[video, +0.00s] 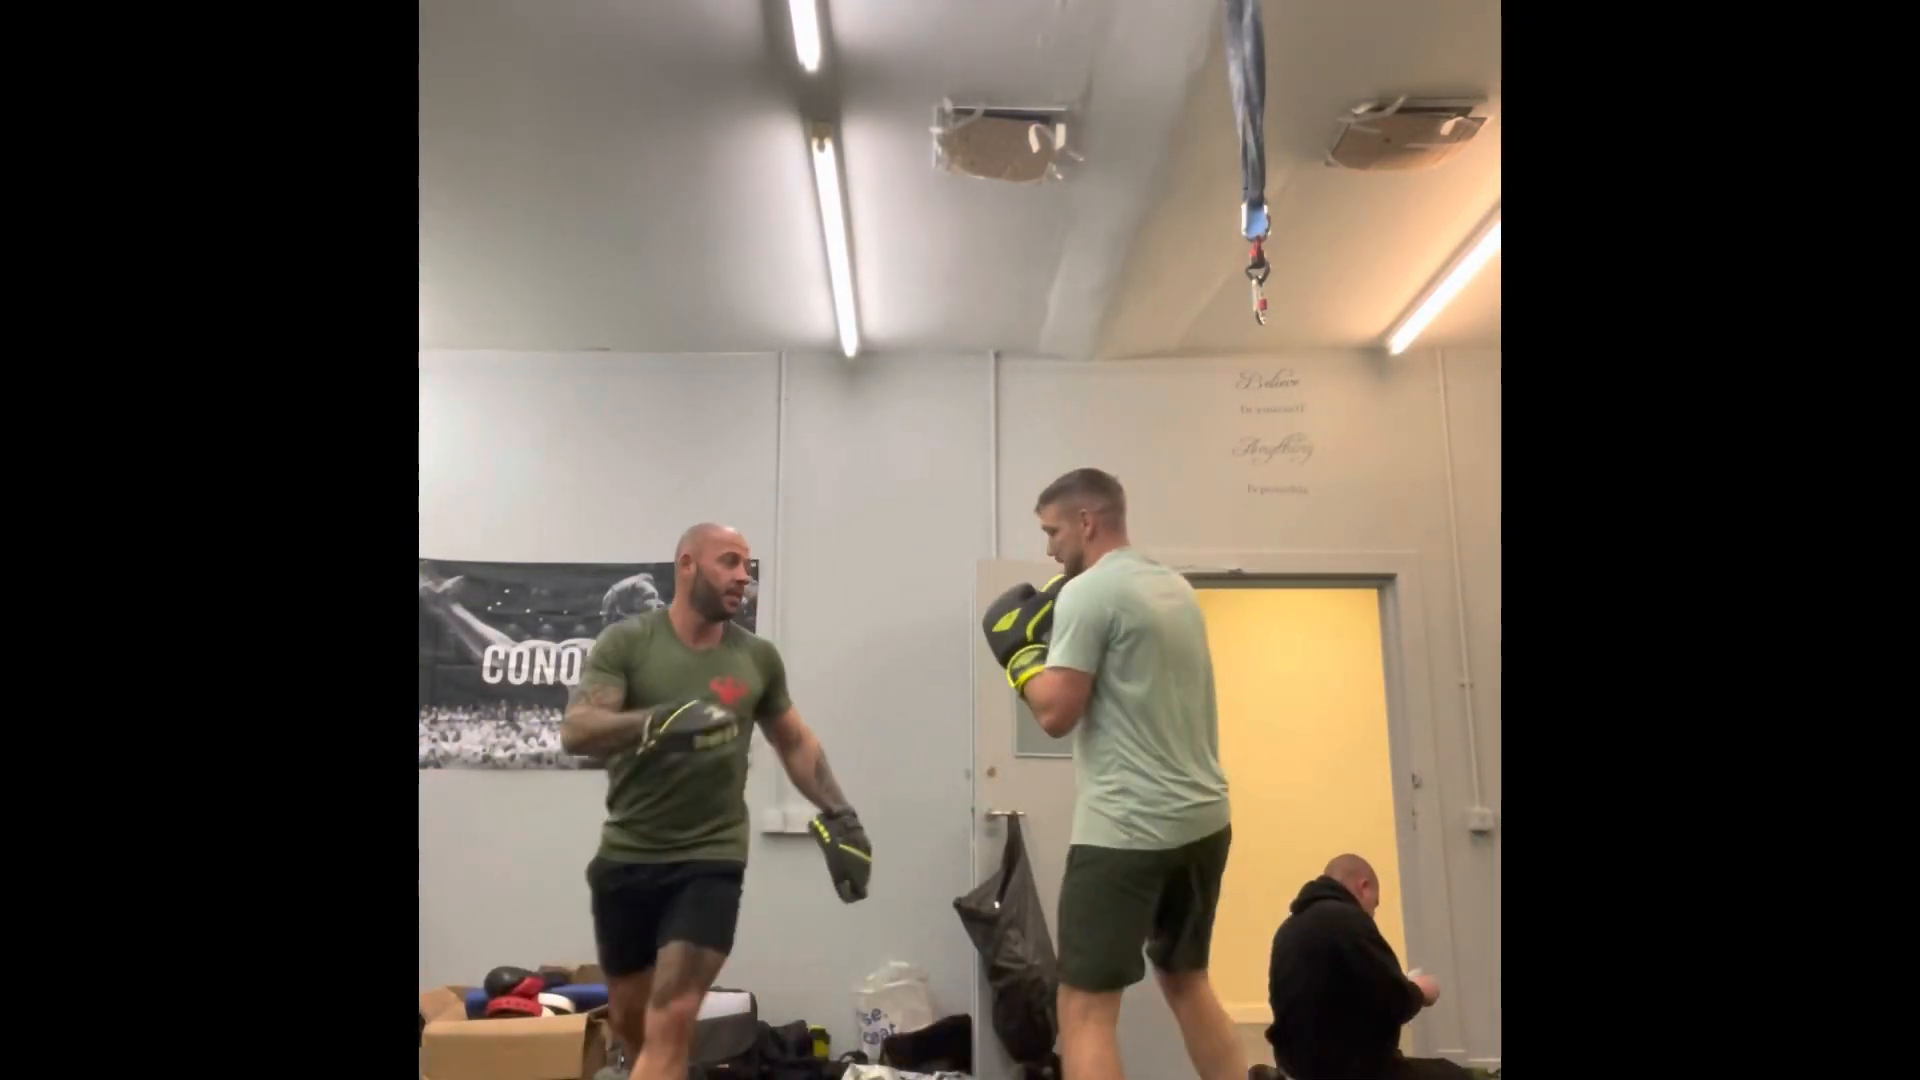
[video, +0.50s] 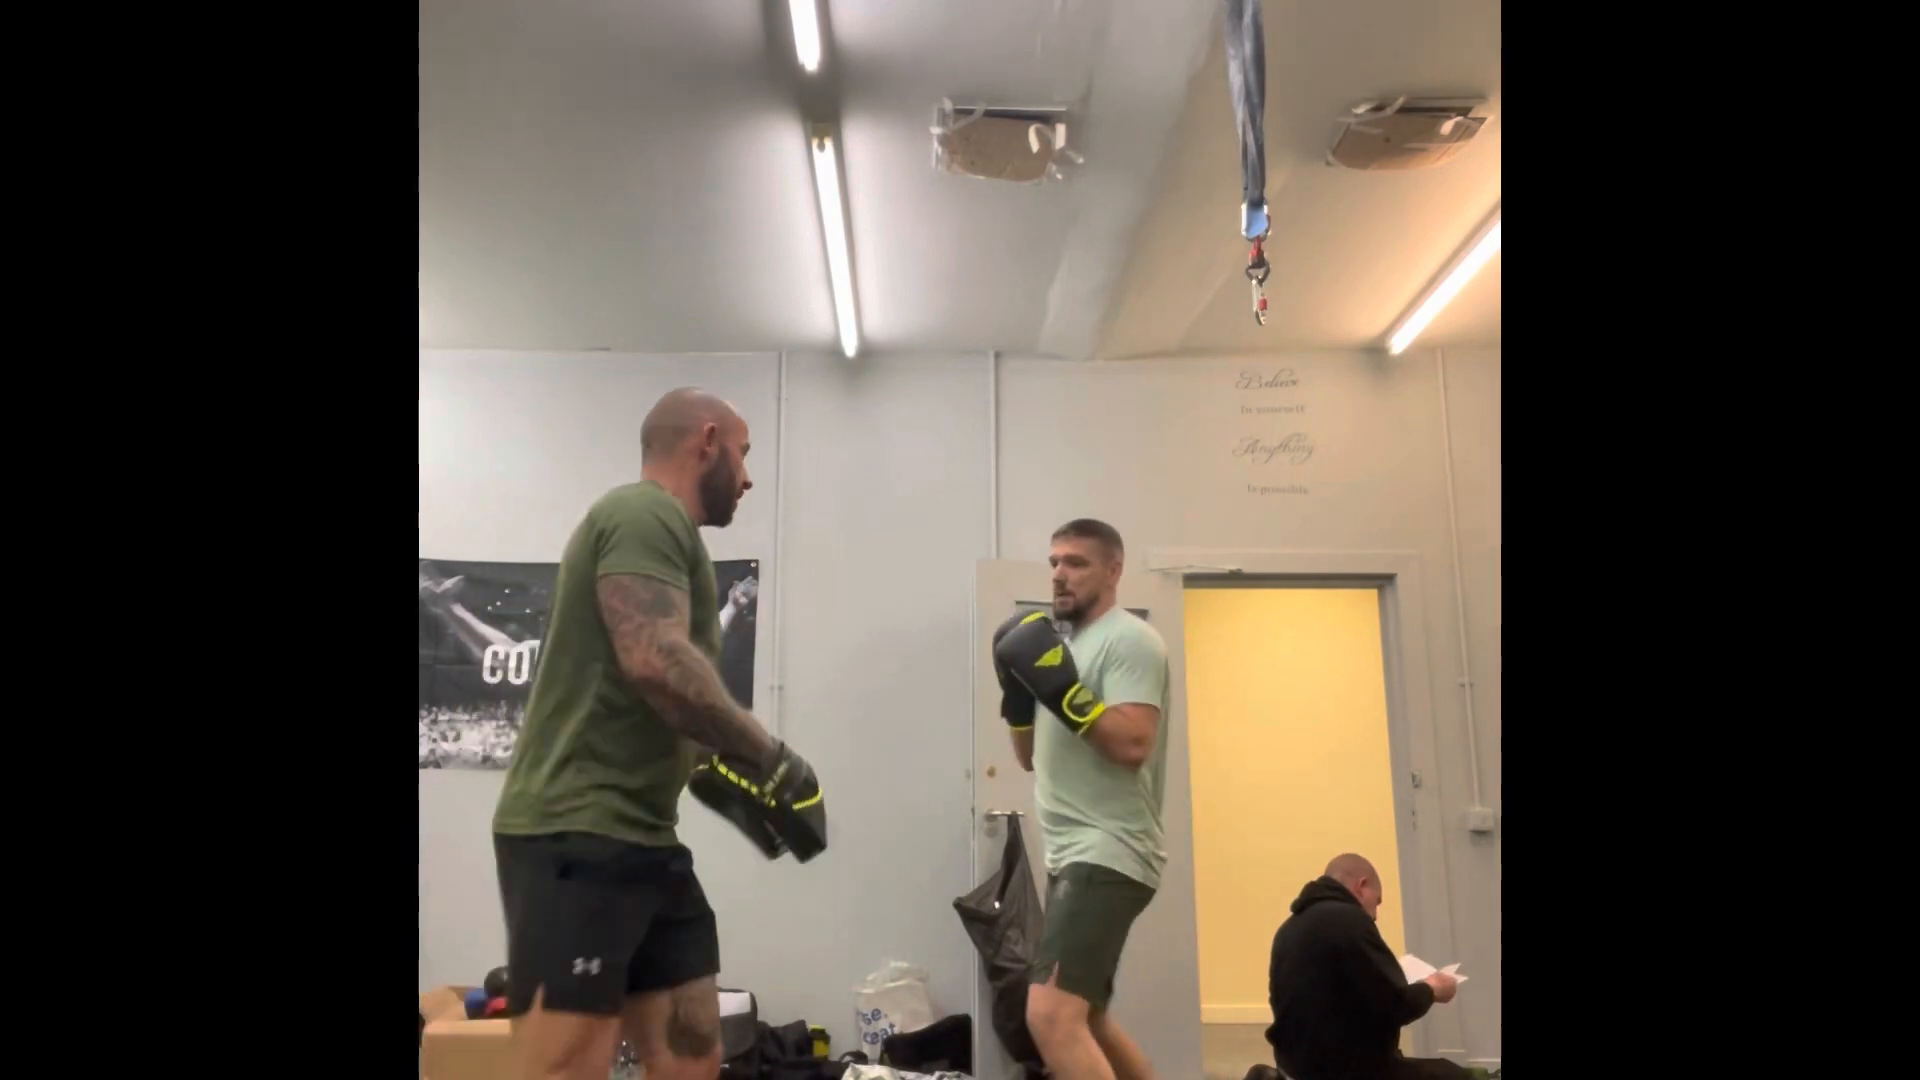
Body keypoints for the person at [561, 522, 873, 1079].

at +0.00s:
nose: (744, 576)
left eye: (748, 566)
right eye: (729, 561)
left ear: (749, 575)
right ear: (686, 566)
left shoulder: (757, 658)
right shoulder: (624, 641)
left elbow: (795, 741)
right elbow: (578, 731)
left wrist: (841, 816)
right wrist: (659, 722)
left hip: (712, 858)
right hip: (627, 856)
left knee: (672, 1018)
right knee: (628, 1023)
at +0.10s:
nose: (741, 548)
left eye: (742, 537)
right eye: (728, 532)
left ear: (690, 534)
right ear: (682, 530)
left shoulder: (731, 639)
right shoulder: (604, 599)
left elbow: (748, 740)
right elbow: (539, 691)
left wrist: (768, 812)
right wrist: (638, 737)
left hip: (673, 849)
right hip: (578, 839)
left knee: (645, 1030)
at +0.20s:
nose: (713, 526)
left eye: (713, 512)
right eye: (701, 509)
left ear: (662, 509)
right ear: (655, 506)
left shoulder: (689, 618)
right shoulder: (569, 582)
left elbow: (688, 729)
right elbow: (484, 679)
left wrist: (723, 729)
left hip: (642, 851)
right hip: (548, 838)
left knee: (624, 1038)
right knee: (480, 1035)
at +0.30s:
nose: (683, 505)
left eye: (683, 489)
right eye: (673, 485)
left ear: (628, 481)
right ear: (625, 478)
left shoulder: (637, 597)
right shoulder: (534, 560)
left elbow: (626, 711)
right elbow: (488, 679)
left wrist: (693, 757)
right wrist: (590, 788)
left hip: (605, 835)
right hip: (509, 832)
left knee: (654, 1037)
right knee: (456, 1053)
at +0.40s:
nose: (702, 481)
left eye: (701, 463)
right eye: (692, 458)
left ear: (643, 456)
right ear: (646, 453)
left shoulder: (637, 572)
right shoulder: (570, 535)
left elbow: (598, 711)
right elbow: (570, 665)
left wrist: (654, 778)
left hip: (604, 842)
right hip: (512, 838)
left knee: (661, 1039)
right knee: (449, 1051)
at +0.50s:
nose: (750, 476)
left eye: (749, 457)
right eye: (743, 454)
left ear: (690, 449)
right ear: (707, 445)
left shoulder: (678, 544)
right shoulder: (643, 511)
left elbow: (656, 702)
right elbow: (655, 656)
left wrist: (720, 781)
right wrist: (776, 762)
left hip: (644, 833)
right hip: (573, 829)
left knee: (687, 1049)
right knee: (565, 1059)